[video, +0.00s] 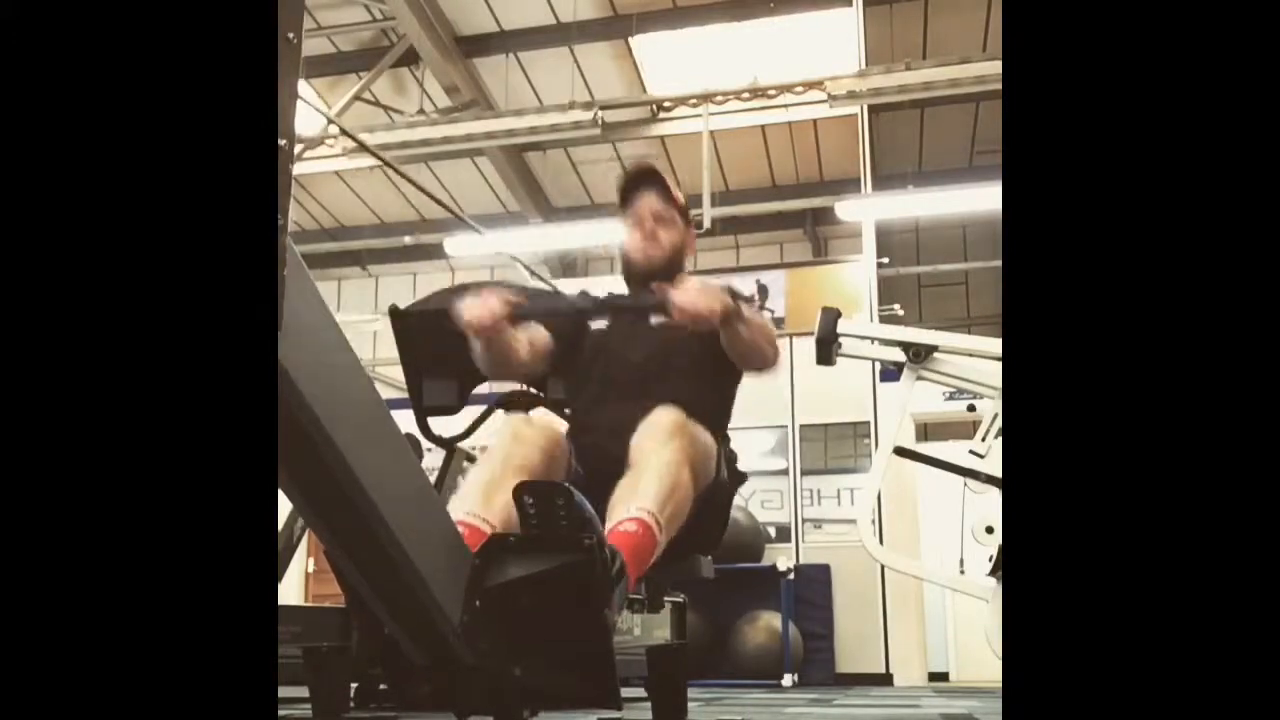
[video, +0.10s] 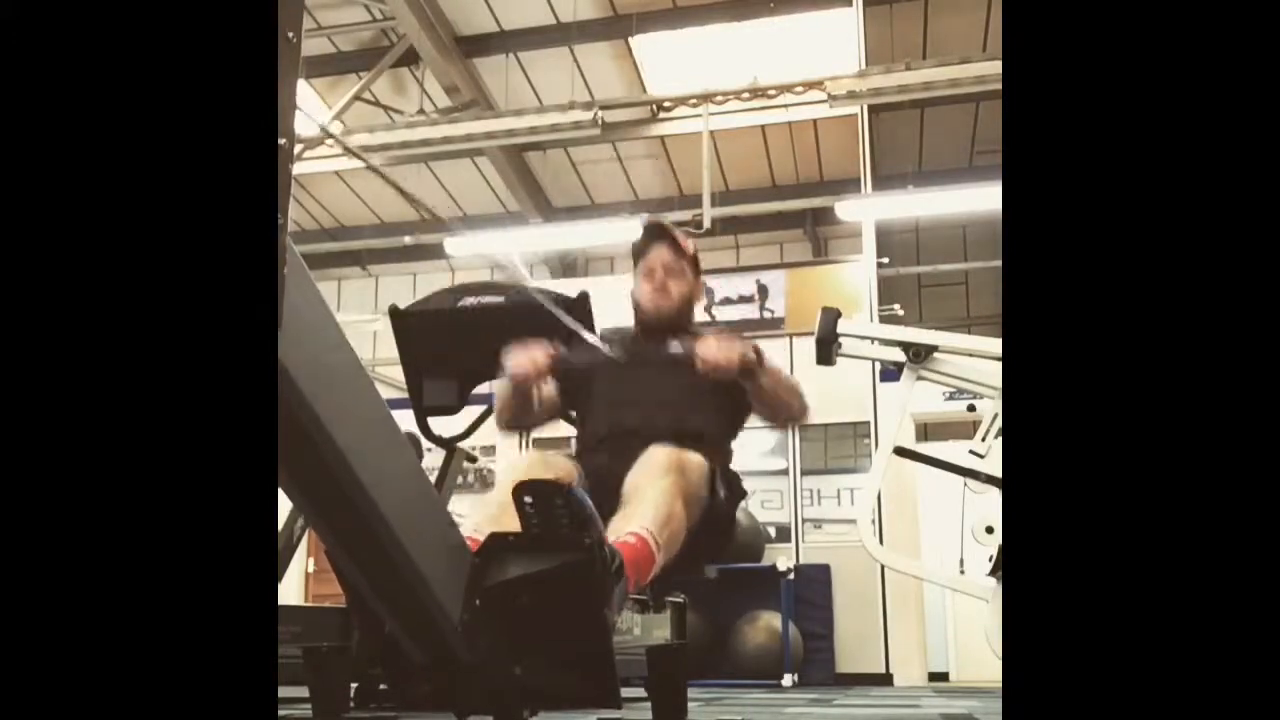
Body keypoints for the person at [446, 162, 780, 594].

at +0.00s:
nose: (647, 230)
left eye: (662, 222)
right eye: (636, 222)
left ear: (689, 238)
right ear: (622, 236)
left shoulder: (717, 303)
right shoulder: (590, 313)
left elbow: (764, 359)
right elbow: (514, 364)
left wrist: (728, 314)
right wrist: (490, 331)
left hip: (688, 476)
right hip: (582, 471)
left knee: (666, 424)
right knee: (521, 428)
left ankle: (609, 572)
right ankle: (451, 556)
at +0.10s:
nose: (658, 282)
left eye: (673, 273)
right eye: (647, 272)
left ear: (697, 288)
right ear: (632, 286)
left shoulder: (724, 353)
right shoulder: (599, 353)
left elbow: (794, 413)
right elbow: (514, 420)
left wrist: (750, 367)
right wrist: (519, 379)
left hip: (695, 485)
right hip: (595, 484)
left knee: (663, 460)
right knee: (536, 468)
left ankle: (613, 578)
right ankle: (471, 564)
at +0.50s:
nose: (639, 246)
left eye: (654, 235)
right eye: (628, 235)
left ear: (680, 250)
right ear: (612, 251)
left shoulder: (717, 329)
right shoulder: (571, 332)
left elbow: (809, 383)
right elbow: (468, 407)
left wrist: (753, 326)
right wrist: (473, 344)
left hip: (681, 501)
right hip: (568, 492)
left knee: (654, 391)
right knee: (521, 395)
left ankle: (606, 567)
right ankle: (458, 553)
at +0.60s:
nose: (622, 203)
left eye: (639, 190)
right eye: (609, 190)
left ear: (666, 208)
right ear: (590, 207)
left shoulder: (705, 293)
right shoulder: (551, 287)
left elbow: (778, 342)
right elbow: (461, 387)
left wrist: (734, 305)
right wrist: (445, 339)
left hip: (675, 497)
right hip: (559, 493)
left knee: (655, 357)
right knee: (510, 365)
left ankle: (606, 566)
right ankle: (445, 556)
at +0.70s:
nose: (603, 161)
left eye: (620, 150)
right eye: (588, 151)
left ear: (652, 174)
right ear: (569, 179)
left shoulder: (698, 257)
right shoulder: (524, 274)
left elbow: (749, 308)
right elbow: (455, 329)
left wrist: (703, 285)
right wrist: (403, 319)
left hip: (669, 492)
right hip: (546, 487)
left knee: (652, 341)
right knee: (489, 336)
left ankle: (606, 565)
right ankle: (443, 557)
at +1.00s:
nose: (619, 182)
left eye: (636, 175)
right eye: (606, 175)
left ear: (665, 196)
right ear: (588, 200)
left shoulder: (699, 267)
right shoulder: (556, 276)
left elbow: (735, 328)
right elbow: (478, 328)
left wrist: (697, 287)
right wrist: (429, 307)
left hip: (676, 477)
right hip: (562, 474)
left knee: (664, 395)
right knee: (508, 398)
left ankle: (612, 568)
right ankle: (446, 557)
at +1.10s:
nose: (639, 219)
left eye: (654, 212)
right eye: (627, 213)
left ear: (680, 229)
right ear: (613, 231)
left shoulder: (711, 301)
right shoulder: (580, 311)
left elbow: (760, 350)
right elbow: (505, 356)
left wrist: (722, 307)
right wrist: (478, 323)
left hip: (688, 481)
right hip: (581, 477)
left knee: (666, 434)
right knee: (522, 444)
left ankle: (610, 579)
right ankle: (448, 562)